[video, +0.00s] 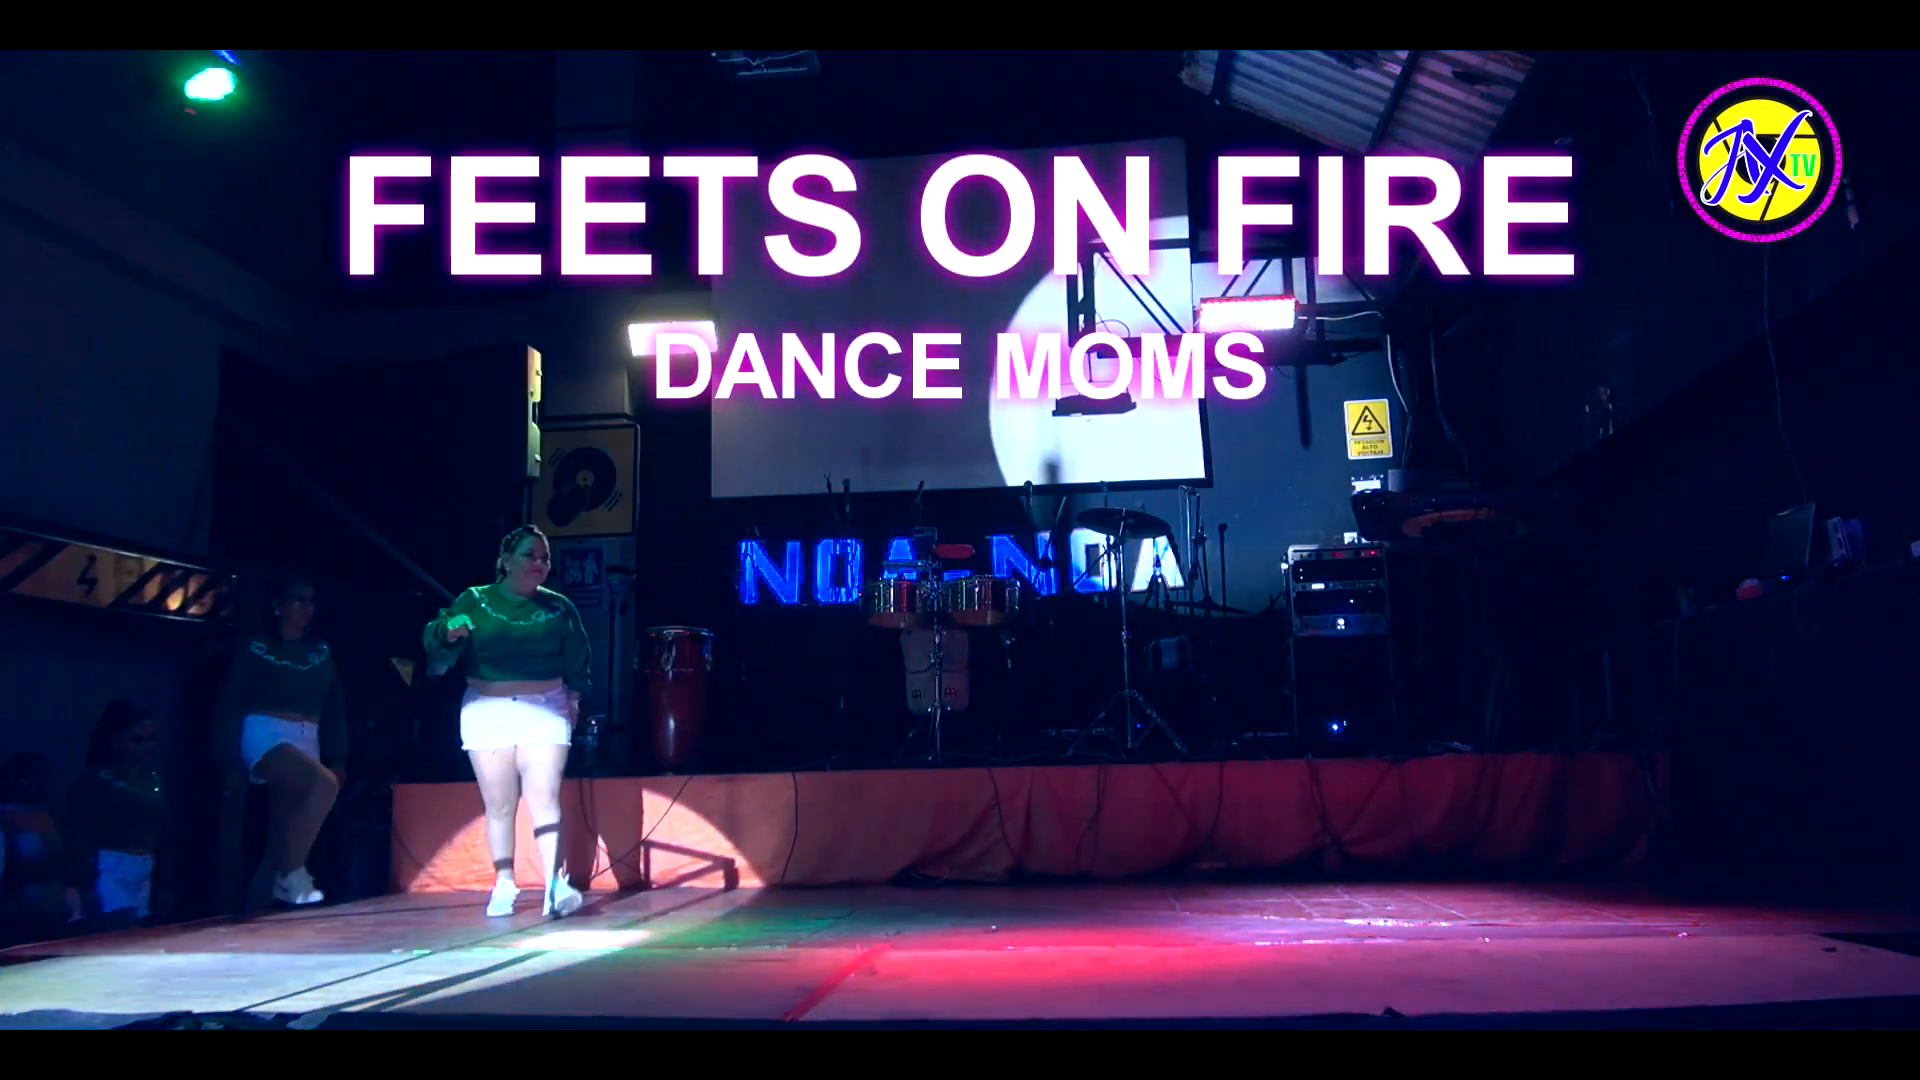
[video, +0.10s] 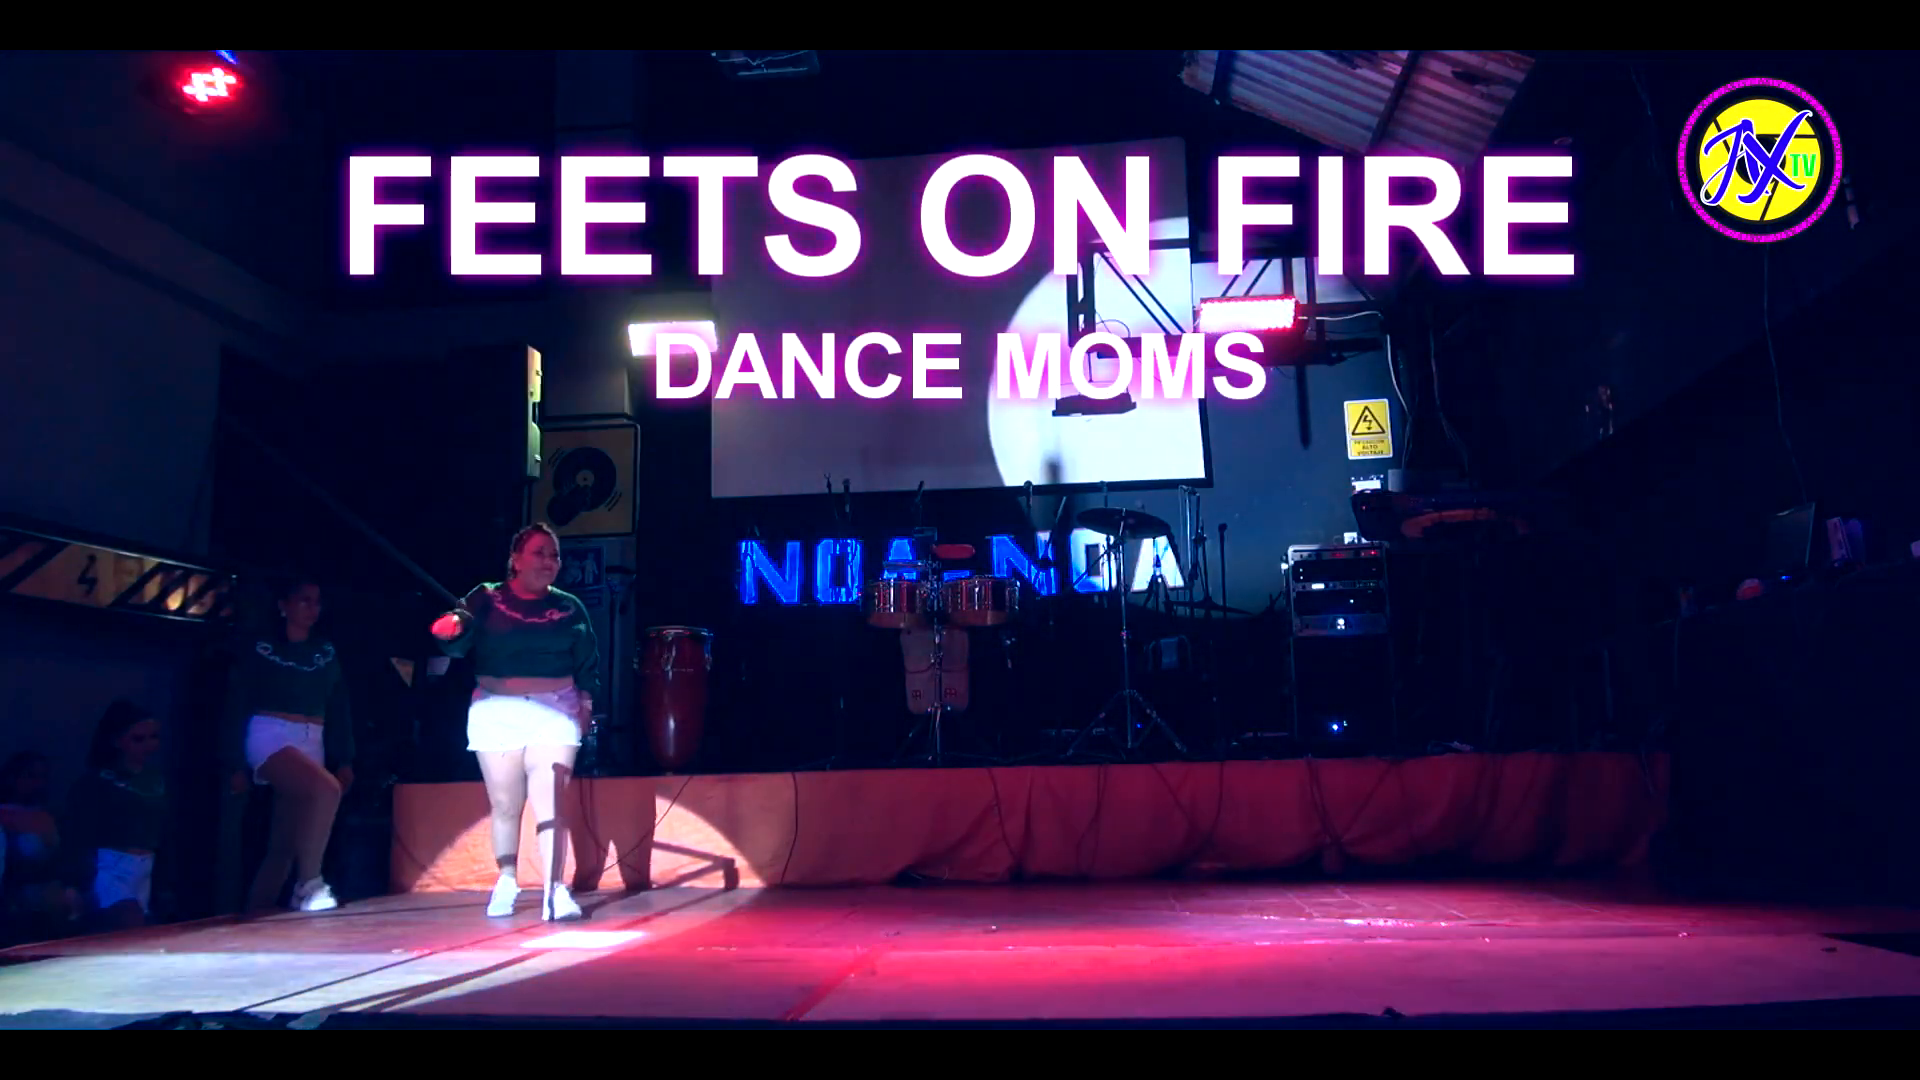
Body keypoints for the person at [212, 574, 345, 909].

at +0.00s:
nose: (305, 610)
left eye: (309, 603)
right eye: (298, 602)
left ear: (313, 610)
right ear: (280, 606)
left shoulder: (320, 653)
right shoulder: (257, 647)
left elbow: (333, 710)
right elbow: (235, 699)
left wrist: (335, 758)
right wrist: (229, 750)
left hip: (308, 734)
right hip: (265, 730)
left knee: (288, 817)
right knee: (323, 783)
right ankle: (293, 873)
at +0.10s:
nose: (312, 608)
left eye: (316, 602)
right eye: (304, 600)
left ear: (320, 609)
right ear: (284, 605)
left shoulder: (325, 653)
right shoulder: (260, 647)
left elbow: (338, 710)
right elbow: (239, 704)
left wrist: (343, 759)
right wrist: (236, 763)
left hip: (313, 738)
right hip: (269, 733)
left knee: (284, 841)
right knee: (326, 788)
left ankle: (254, 918)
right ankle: (309, 884)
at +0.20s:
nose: (319, 608)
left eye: (323, 602)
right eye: (311, 600)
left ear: (327, 610)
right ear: (292, 605)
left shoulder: (334, 654)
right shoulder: (267, 647)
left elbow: (347, 712)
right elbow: (244, 704)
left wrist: (352, 760)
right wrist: (241, 763)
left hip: (319, 739)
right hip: (275, 733)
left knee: (288, 842)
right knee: (332, 791)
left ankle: (254, 919)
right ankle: (308, 885)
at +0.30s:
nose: (329, 602)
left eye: (333, 596)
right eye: (320, 595)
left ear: (338, 604)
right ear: (301, 601)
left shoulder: (345, 652)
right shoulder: (277, 645)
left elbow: (357, 710)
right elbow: (253, 703)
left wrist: (362, 758)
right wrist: (247, 759)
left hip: (325, 737)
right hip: (281, 729)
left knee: (295, 834)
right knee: (334, 793)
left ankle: (257, 917)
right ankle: (315, 885)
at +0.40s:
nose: (338, 590)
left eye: (343, 584)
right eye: (330, 584)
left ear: (349, 592)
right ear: (312, 590)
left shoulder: (357, 641)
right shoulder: (288, 633)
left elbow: (369, 698)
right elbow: (262, 690)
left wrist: (375, 746)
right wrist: (255, 746)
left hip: (334, 729)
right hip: (290, 720)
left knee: (303, 827)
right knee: (334, 797)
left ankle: (266, 911)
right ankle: (315, 887)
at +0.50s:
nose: (348, 577)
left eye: (353, 571)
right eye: (340, 571)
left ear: (360, 577)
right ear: (322, 577)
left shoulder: (365, 625)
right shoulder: (298, 617)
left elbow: (379, 682)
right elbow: (272, 676)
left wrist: (385, 730)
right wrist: (266, 735)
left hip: (343, 716)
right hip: (300, 707)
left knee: (330, 808)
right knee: (332, 795)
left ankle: (276, 897)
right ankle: (315, 887)